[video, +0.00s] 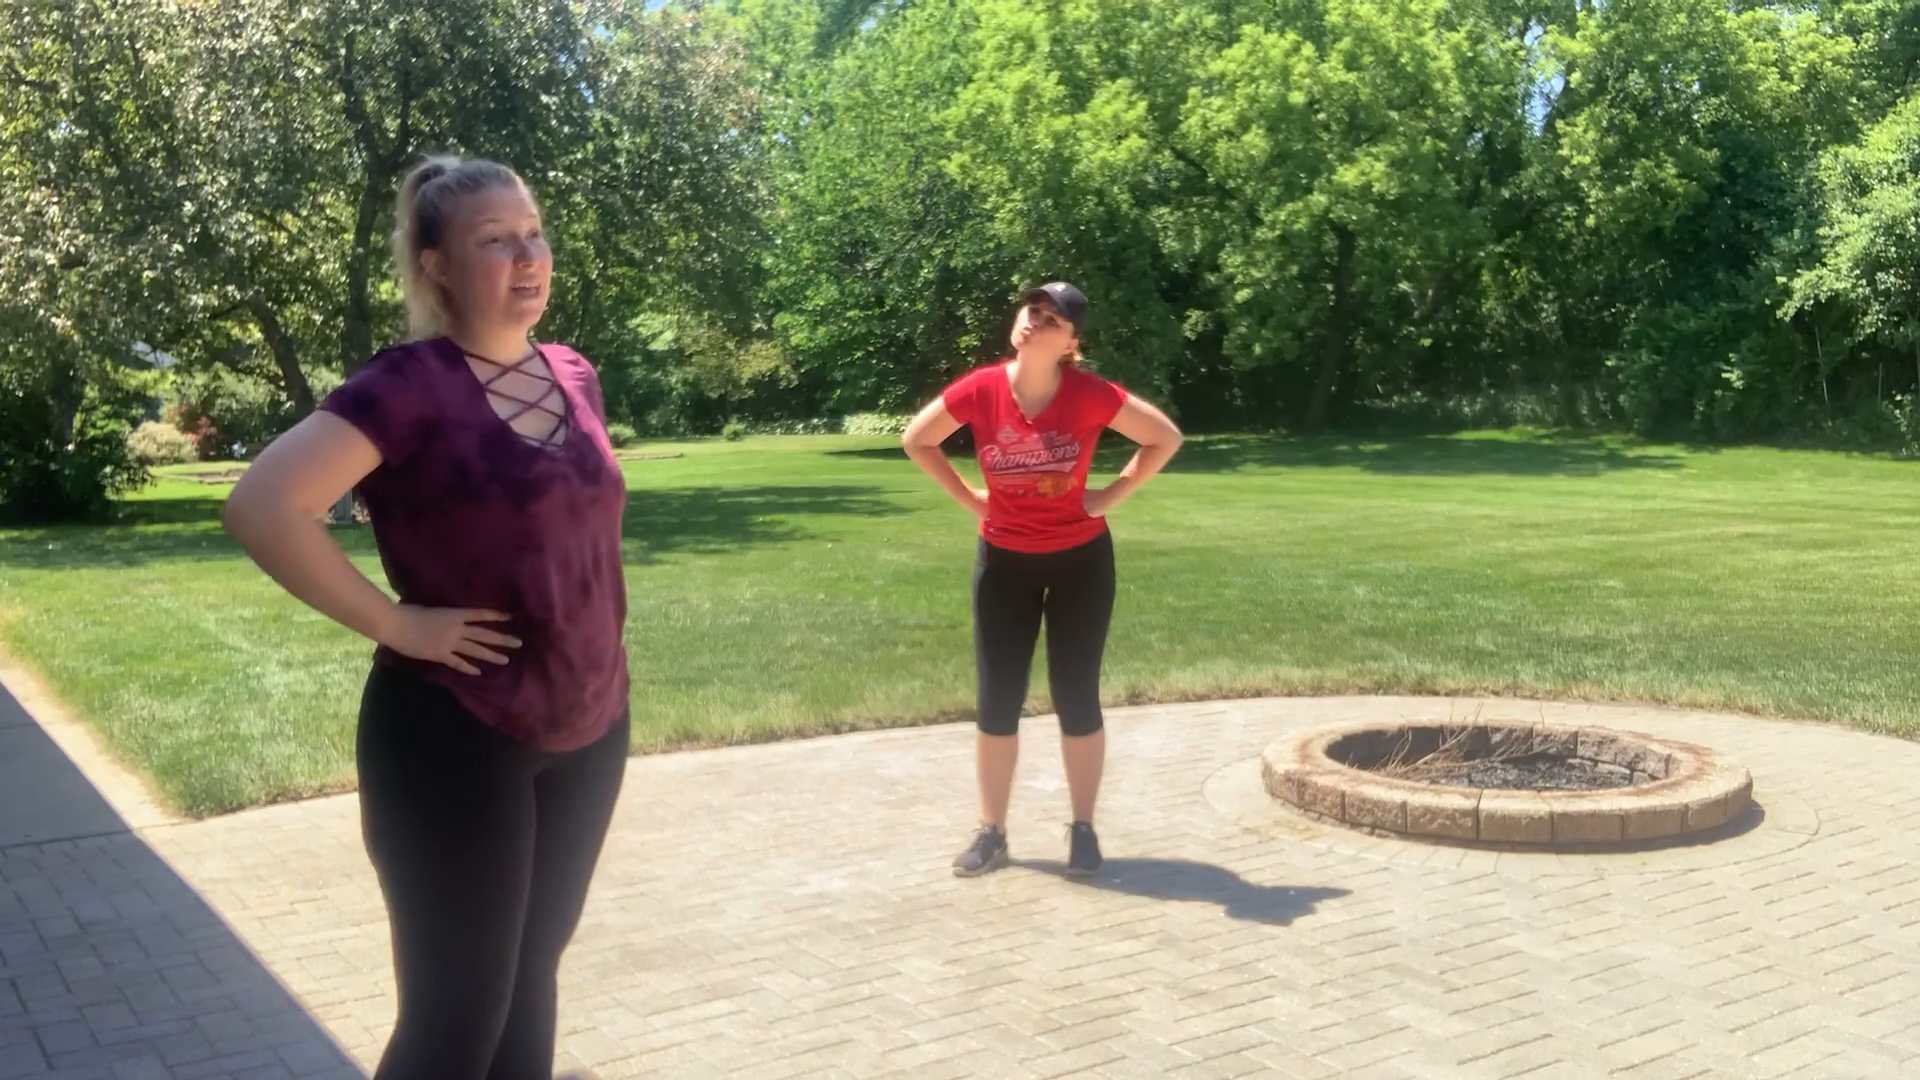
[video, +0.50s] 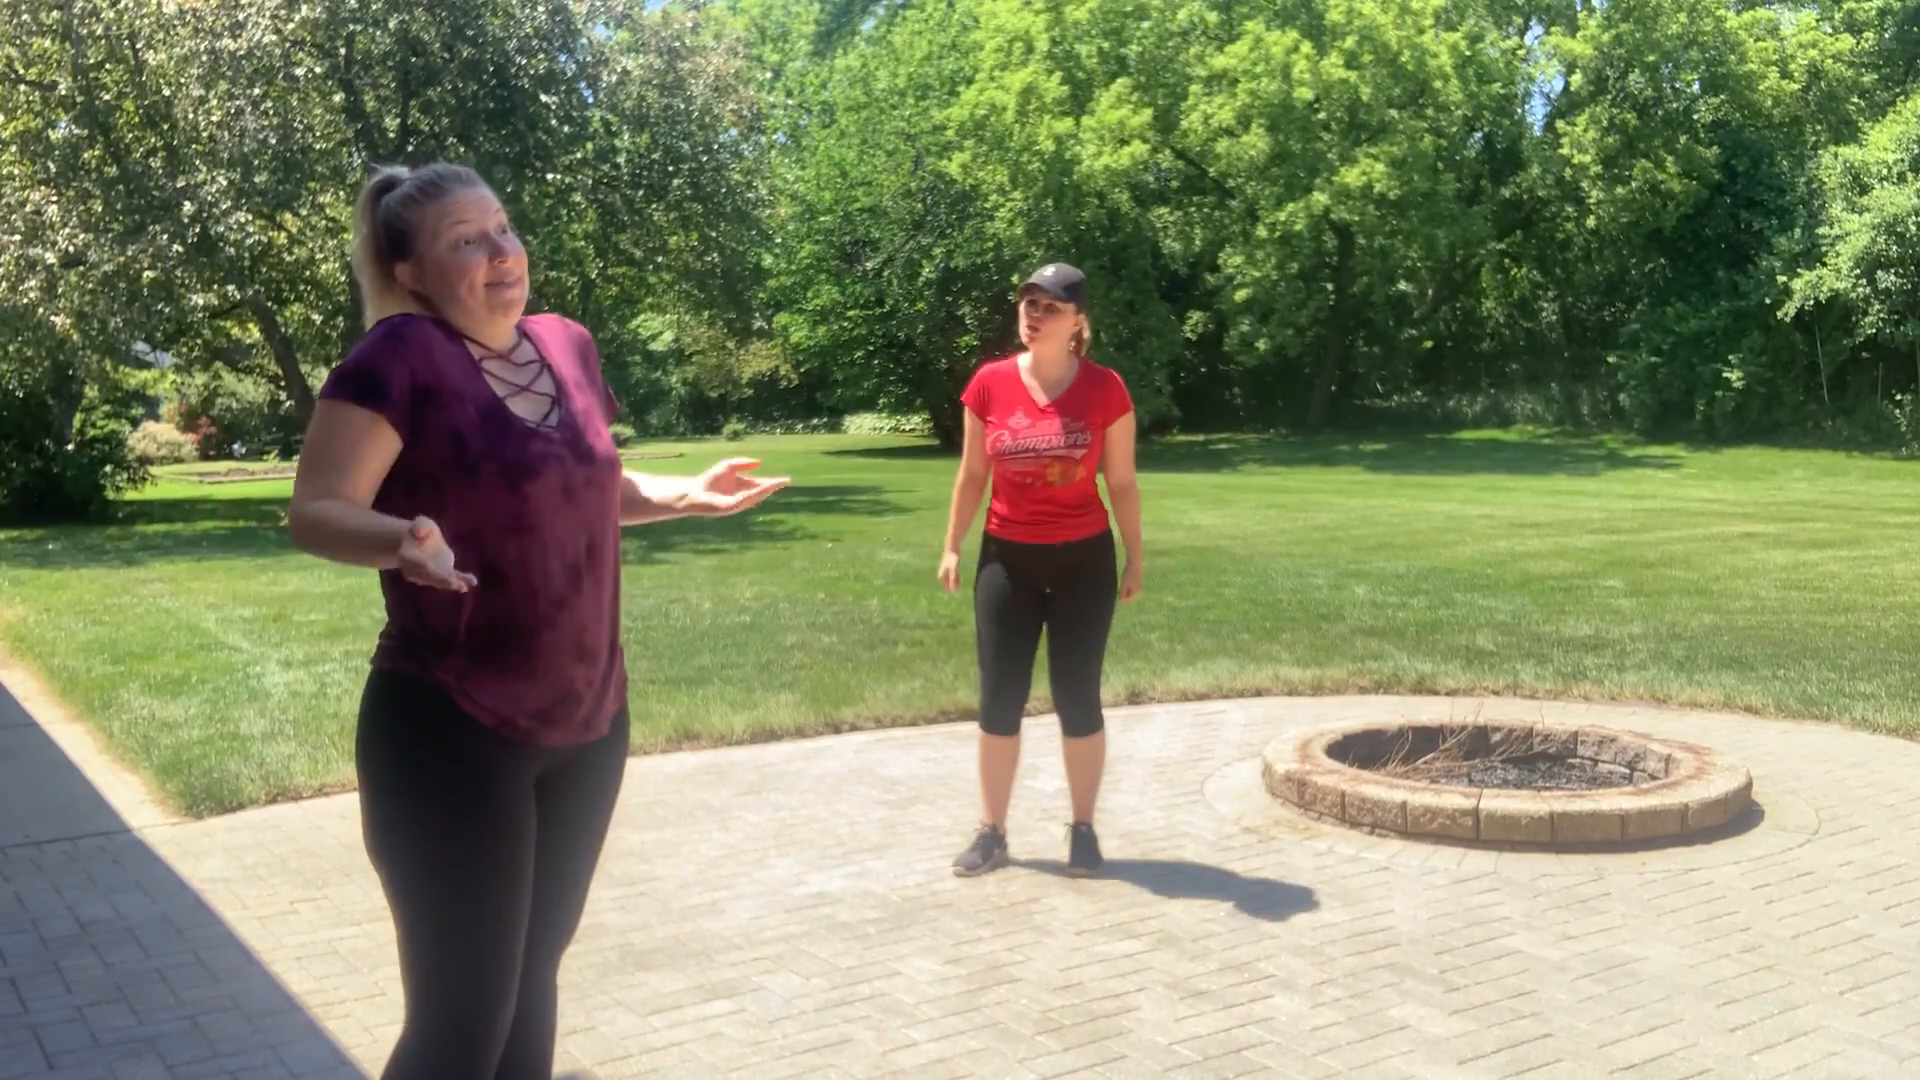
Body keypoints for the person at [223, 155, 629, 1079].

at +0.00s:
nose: (532, 258)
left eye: (537, 238)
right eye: (500, 242)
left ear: (548, 249)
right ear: (436, 266)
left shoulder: (572, 373)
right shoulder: (409, 384)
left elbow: (578, 500)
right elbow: (262, 508)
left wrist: (584, 604)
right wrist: (394, 622)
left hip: (587, 714)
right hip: (454, 725)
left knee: (530, 986)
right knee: (456, 1020)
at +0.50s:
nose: (503, 255)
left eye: (506, 234)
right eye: (468, 244)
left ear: (520, 242)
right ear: (409, 275)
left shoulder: (563, 344)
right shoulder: (396, 358)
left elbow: (578, 486)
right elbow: (312, 512)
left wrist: (678, 493)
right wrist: (397, 539)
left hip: (583, 715)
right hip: (451, 726)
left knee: (533, 981)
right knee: (461, 1021)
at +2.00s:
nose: (532, 276)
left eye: (529, 254)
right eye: (527, 253)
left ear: (420, 264)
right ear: (495, 258)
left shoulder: (414, 372)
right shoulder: (471, 376)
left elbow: (475, 571)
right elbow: (525, 574)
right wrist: (665, 667)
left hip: (447, 712)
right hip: (496, 725)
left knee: (487, 1012)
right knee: (489, 1024)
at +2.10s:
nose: (540, 275)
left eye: (537, 254)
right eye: (535, 253)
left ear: (450, 261)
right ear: (501, 258)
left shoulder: (432, 370)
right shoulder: (466, 379)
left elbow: (463, 562)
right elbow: (512, 579)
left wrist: (570, 576)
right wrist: (658, 654)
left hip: (476, 716)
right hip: (493, 729)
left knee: (499, 1014)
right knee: (484, 1026)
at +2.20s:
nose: (544, 271)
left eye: (539, 249)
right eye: (537, 249)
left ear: (463, 261)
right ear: (502, 256)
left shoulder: (465, 377)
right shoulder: (459, 385)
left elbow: (488, 582)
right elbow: (486, 585)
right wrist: (633, 683)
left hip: (515, 726)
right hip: (484, 733)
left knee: (509, 1020)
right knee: (482, 1027)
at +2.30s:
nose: (547, 258)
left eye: (539, 236)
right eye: (536, 236)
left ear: (469, 260)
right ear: (500, 252)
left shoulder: (480, 378)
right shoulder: (456, 385)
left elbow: (484, 585)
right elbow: (462, 590)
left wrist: (582, 726)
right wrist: (590, 731)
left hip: (515, 728)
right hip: (482, 734)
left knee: (508, 1018)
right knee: (484, 1027)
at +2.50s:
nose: (557, 263)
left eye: (551, 241)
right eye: (546, 241)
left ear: (475, 264)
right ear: (506, 257)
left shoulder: (492, 381)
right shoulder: (456, 389)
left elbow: (481, 586)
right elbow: (435, 596)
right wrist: (484, 775)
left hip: (547, 729)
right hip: (494, 734)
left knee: (517, 1007)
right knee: (481, 1026)